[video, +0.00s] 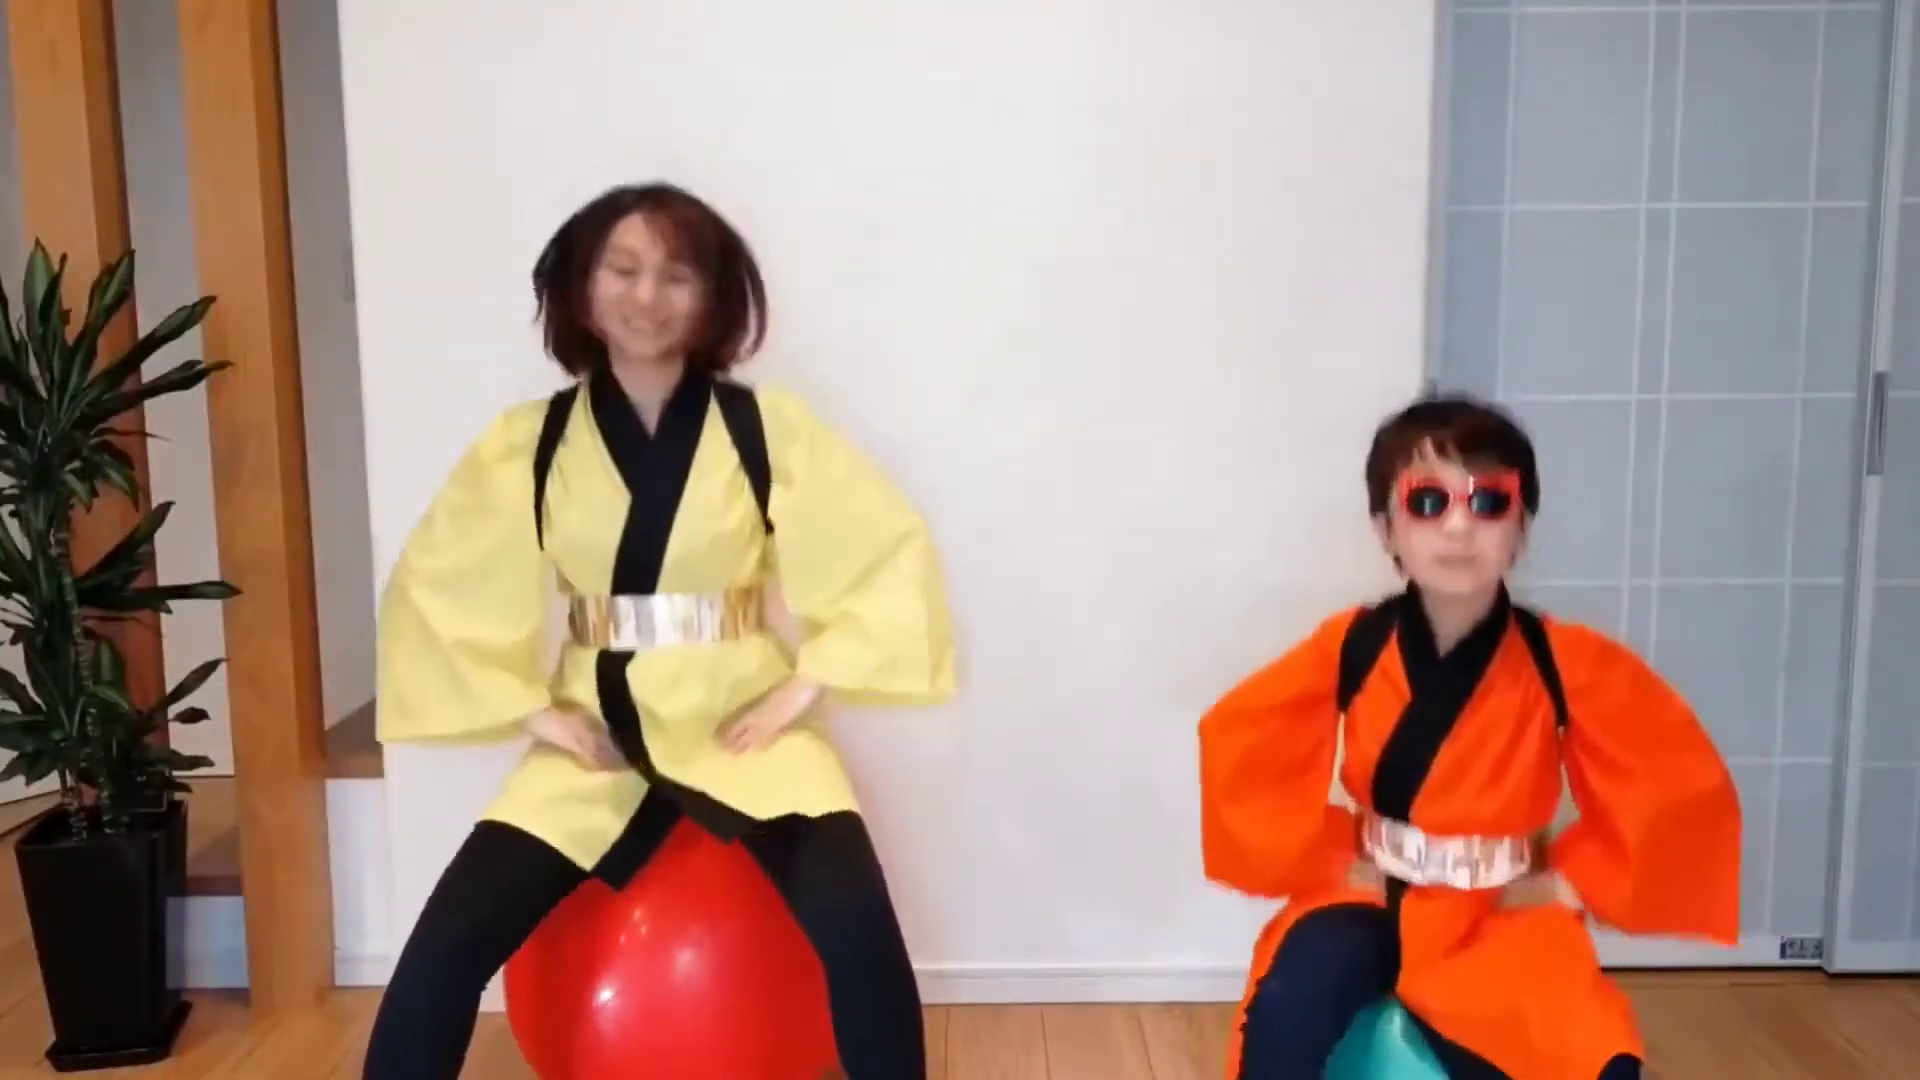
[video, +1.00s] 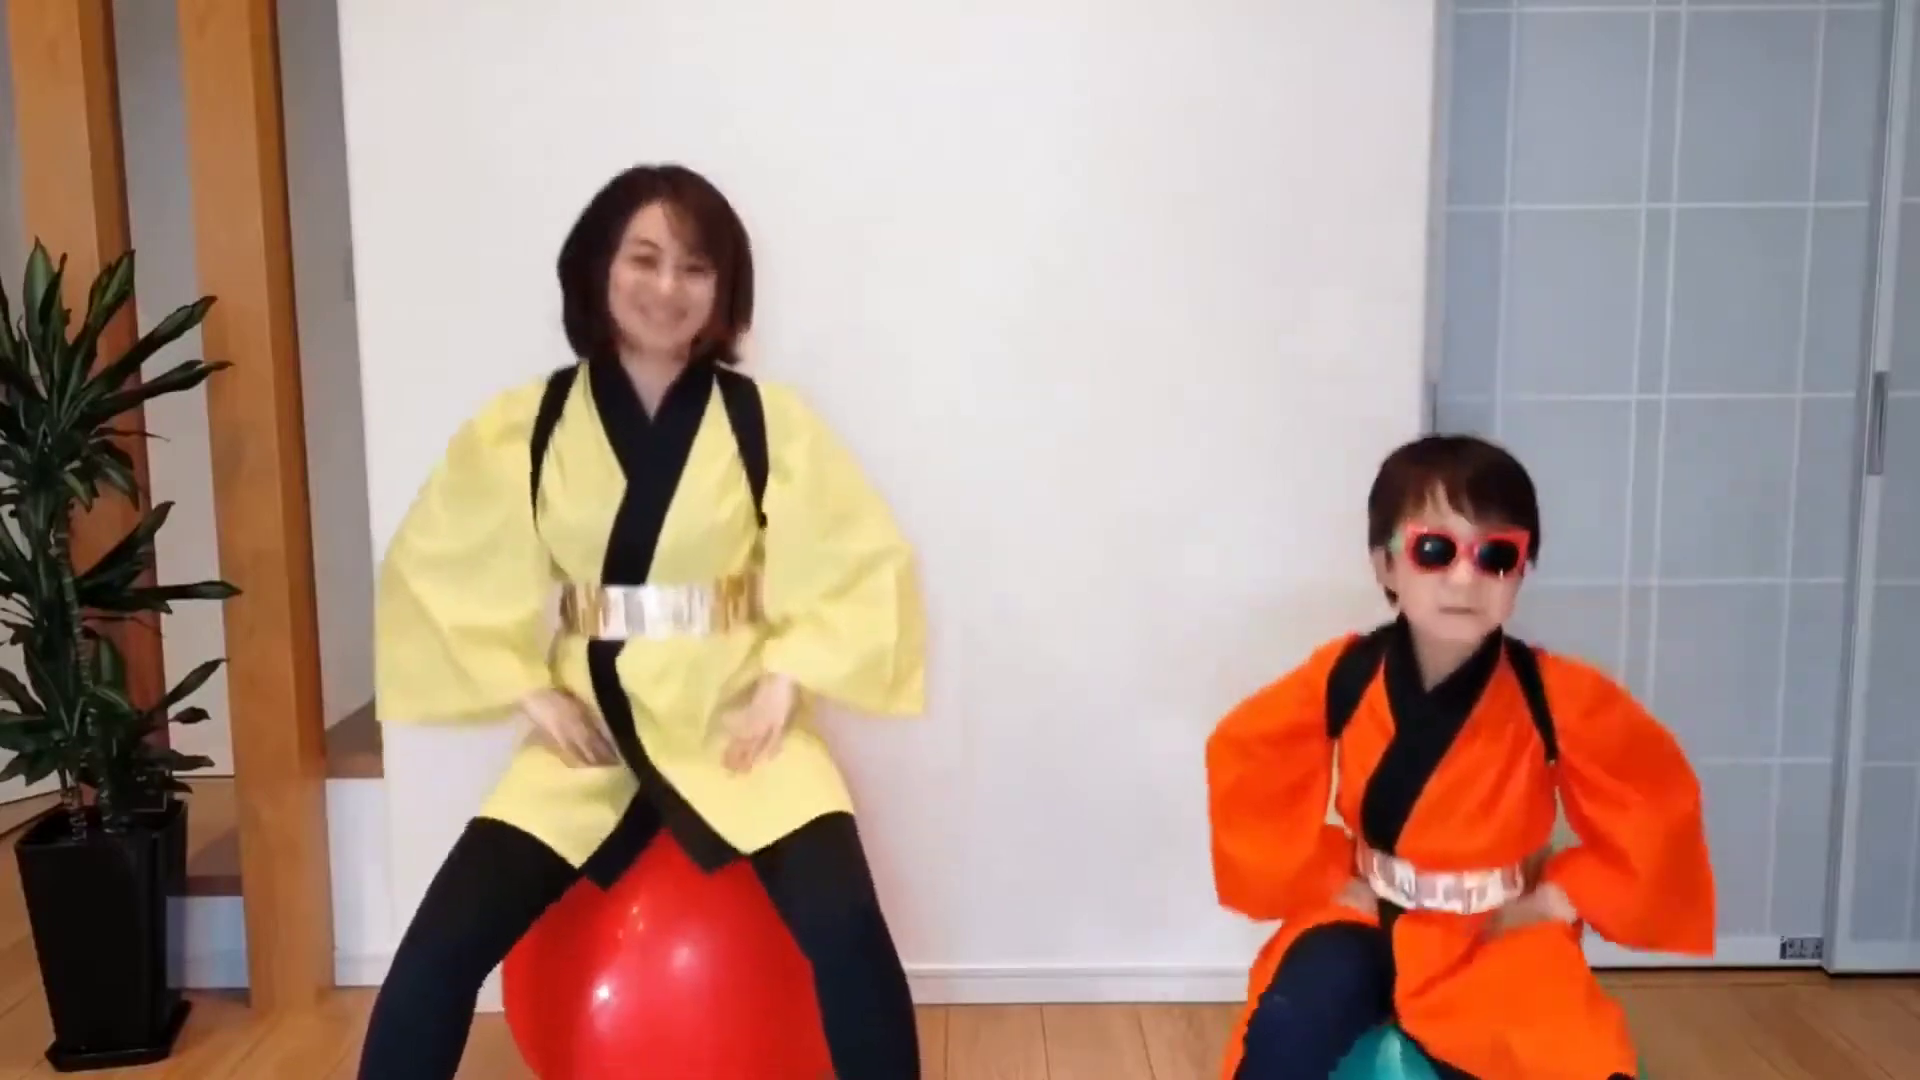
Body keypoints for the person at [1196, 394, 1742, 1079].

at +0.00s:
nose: (1459, 523)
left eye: (1489, 498)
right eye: (1427, 499)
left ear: (1521, 528)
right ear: (1385, 532)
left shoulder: (1564, 662)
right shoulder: (1352, 647)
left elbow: (1685, 787)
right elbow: (1233, 741)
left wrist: (1564, 879)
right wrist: (1331, 847)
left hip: (1506, 922)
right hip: (1372, 905)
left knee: (1600, 1056)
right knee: (1314, 964)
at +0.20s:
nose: (1462, 410)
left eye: (1492, 385)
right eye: (1431, 387)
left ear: (1526, 411)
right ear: (1388, 420)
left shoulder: (1561, 542)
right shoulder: (1351, 536)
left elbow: (1682, 653)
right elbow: (1230, 644)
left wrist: (1579, 772)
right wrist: (1331, 757)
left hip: (1508, 829)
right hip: (1371, 818)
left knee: (1584, 1034)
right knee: (1282, 988)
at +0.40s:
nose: (1454, 538)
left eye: (1482, 514)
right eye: (1422, 516)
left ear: (1513, 540)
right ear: (1379, 547)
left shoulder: (1553, 670)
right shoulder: (1346, 658)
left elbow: (1680, 790)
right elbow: (1224, 757)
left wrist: (1558, 886)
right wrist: (1336, 850)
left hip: (1501, 923)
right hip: (1366, 909)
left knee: (1578, 1037)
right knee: (1314, 975)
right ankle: (1267, 1065)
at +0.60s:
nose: (1460, 462)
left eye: (1490, 438)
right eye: (1429, 437)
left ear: (1522, 462)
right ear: (1385, 467)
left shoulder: (1558, 597)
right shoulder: (1348, 584)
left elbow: (1682, 725)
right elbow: (1227, 690)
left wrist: (1564, 837)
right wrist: (1334, 814)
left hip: (1507, 873)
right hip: (1369, 862)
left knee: (1598, 1043)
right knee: (1285, 999)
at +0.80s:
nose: (1471, 463)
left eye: (1503, 438)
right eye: (1440, 434)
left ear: (1530, 449)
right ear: (1392, 447)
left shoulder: (1559, 571)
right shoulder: (1348, 561)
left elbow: (1676, 681)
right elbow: (1225, 665)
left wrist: (1571, 801)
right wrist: (1326, 782)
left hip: (1507, 847)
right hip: (1370, 839)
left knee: (1600, 1037)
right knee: (1305, 938)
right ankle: (1274, 1067)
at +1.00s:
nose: (1464, 577)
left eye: (1495, 556)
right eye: (1433, 551)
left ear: (1521, 575)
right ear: (1384, 569)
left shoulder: (1555, 694)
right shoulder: (1345, 677)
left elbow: (1662, 805)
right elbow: (1241, 755)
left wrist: (1557, 898)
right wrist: (1324, 867)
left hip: (1502, 936)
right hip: (1368, 921)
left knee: (1584, 1057)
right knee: (1313, 986)